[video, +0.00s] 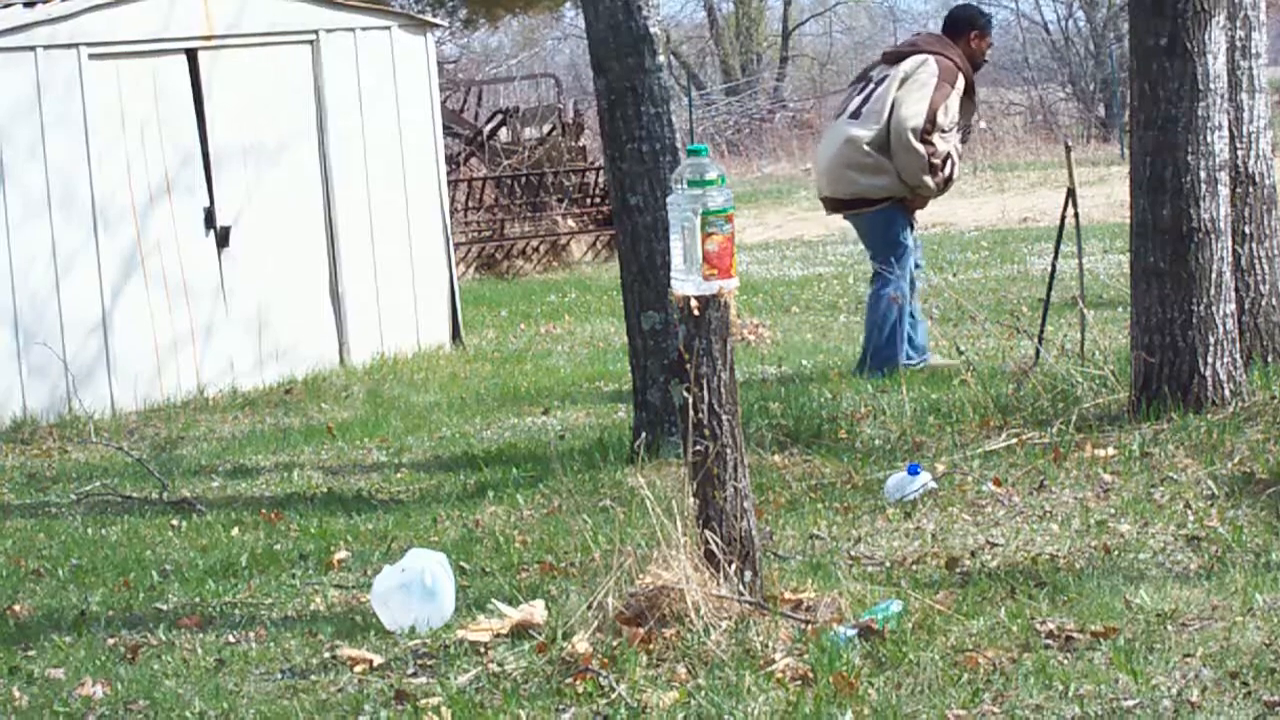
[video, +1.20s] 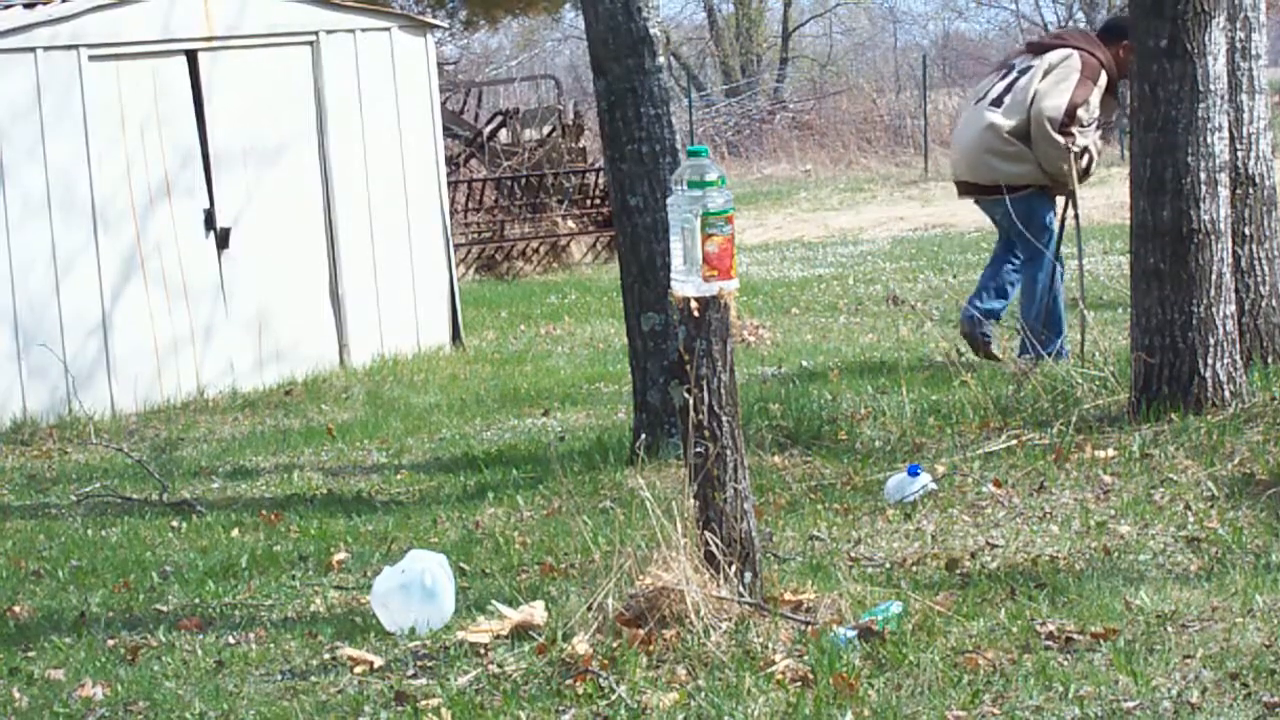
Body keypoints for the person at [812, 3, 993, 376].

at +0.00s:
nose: (988, 53)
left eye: (989, 45)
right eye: (987, 44)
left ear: (950, 34)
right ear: (972, 38)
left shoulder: (912, 56)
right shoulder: (942, 65)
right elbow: (910, 128)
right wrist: (926, 185)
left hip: (845, 172)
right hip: (866, 174)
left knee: (908, 258)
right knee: (895, 266)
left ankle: (912, 354)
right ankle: (880, 366)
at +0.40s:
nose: (1033, 57)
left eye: (1036, 49)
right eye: (1033, 47)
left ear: (1002, 37)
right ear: (1013, 39)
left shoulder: (954, 55)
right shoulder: (986, 61)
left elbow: (897, 108)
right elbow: (954, 120)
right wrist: (969, 180)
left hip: (883, 169)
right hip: (909, 168)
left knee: (939, 262)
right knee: (950, 260)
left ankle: (943, 353)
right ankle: (897, 344)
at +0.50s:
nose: (1044, 56)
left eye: (1046, 47)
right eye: (1043, 45)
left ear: (1015, 35)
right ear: (1023, 36)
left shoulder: (963, 54)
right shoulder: (995, 57)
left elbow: (908, 105)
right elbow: (962, 110)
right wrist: (982, 169)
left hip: (888, 168)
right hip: (918, 167)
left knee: (933, 256)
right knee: (976, 247)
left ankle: (946, 351)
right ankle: (925, 328)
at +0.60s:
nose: (1056, 57)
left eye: (1058, 48)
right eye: (1055, 46)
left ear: (1030, 36)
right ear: (1034, 37)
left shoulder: (975, 53)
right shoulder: (1004, 56)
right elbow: (970, 106)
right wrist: (995, 163)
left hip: (899, 168)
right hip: (931, 167)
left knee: (943, 257)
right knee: (993, 246)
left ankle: (937, 355)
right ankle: (971, 345)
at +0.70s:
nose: (1069, 60)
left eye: (1072, 52)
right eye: (1069, 49)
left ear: (1043, 39)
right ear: (1048, 40)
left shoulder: (987, 54)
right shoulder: (1017, 58)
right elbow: (981, 110)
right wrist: (1004, 169)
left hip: (908, 169)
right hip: (945, 169)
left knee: (947, 258)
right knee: (999, 256)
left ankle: (942, 357)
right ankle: (1024, 351)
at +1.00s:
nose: (1113, 71)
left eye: (1116, 63)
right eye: (1114, 61)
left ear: (1093, 45)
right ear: (1098, 47)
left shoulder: (1026, 53)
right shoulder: (1064, 62)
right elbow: (1027, 117)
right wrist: (1048, 171)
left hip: (944, 162)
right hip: (985, 165)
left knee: (976, 252)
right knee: (1023, 254)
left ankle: (948, 349)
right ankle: (1040, 350)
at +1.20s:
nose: (1131, 68)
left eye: (1134, 61)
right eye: (1133, 59)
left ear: (1104, 38)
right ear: (1122, 48)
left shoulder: (1049, 49)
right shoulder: (1086, 62)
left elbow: (984, 98)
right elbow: (1049, 116)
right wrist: (1066, 176)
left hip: (971, 157)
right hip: (1006, 159)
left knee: (1013, 243)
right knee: (1042, 256)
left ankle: (979, 317)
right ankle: (1044, 354)